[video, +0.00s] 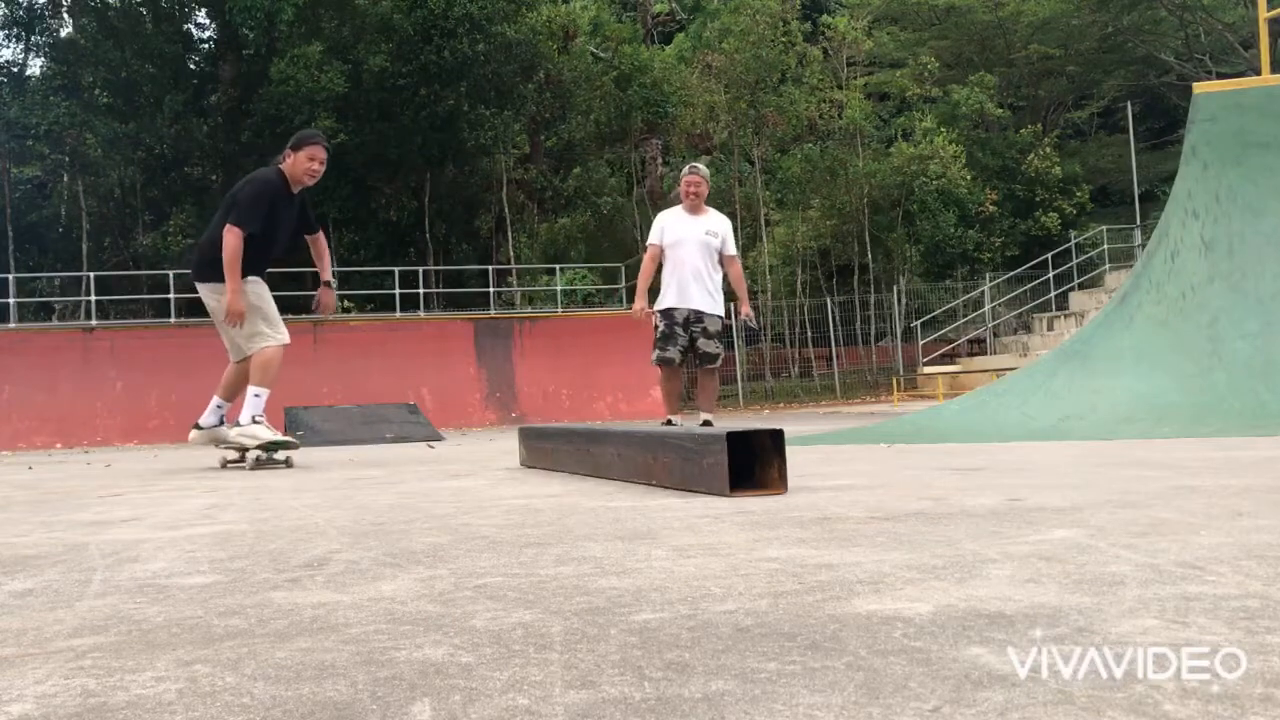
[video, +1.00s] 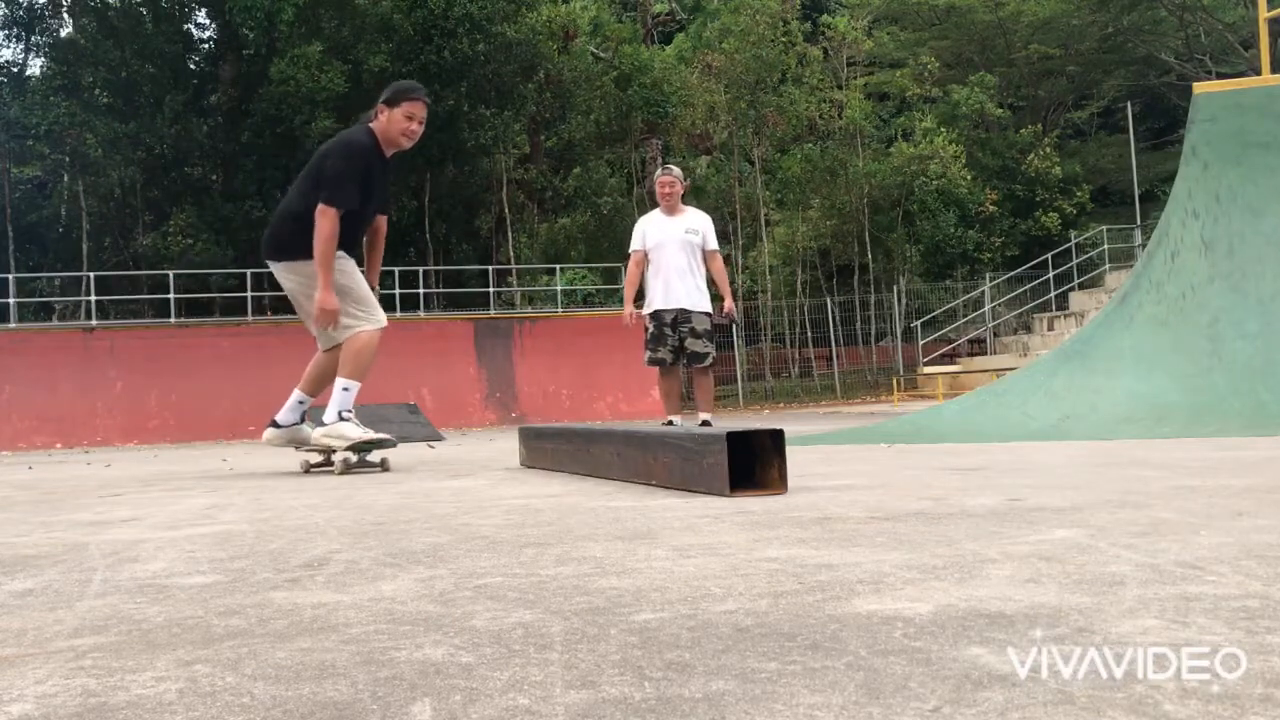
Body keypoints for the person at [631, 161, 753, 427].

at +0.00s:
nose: (692, 190)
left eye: (698, 185)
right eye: (687, 185)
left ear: (707, 189)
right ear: (680, 187)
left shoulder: (721, 222)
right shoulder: (664, 218)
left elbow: (732, 263)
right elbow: (651, 258)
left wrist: (744, 301)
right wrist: (640, 296)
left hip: (708, 306)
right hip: (671, 304)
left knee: (708, 365)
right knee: (669, 364)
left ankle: (706, 419)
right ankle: (672, 419)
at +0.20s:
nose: (685, 190)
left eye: (691, 185)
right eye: (680, 185)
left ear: (701, 188)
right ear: (674, 188)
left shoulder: (717, 220)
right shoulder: (660, 219)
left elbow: (727, 262)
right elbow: (649, 260)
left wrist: (735, 300)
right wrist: (643, 299)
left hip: (706, 306)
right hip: (668, 305)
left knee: (707, 366)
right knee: (670, 367)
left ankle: (706, 420)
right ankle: (673, 421)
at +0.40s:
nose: (679, 189)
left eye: (684, 184)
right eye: (674, 184)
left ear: (695, 187)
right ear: (668, 188)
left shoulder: (712, 220)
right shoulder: (655, 220)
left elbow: (723, 259)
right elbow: (645, 262)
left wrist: (725, 295)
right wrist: (646, 301)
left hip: (703, 307)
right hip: (666, 306)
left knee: (705, 366)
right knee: (670, 367)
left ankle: (706, 418)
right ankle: (673, 420)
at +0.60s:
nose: (673, 189)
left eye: (678, 183)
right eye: (668, 184)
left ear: (689, 186)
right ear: (662, 188)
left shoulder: (708, 219)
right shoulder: (651, 221)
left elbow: (718, 259)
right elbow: (642, 264)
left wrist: (717, 291)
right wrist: (643, 303)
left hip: (699, 306)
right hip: (663, 307)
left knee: (704, 365)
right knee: (669, 366)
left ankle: (705, 418)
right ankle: (673, 420)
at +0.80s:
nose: (669, 189)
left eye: (674, 184)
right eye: (664, 185)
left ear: (684, 187)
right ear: (658, 189)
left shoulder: (704, 219)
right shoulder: (647, 222)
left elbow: (715, 259)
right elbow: (639, 263)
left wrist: (721, 295)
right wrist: (633, 301)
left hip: (697, 305)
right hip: (661, 306)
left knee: (702, 365)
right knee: (668, 366)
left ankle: (705, 419)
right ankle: (673, 420)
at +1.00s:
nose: (666, 190)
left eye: (671, 185)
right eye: (661, 186)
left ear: (683, 187)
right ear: (655, 190)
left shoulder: (701, 219)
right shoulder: (644, 223)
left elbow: (714, 259)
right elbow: (636, 264)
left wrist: (727, 297)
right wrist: (628, 303)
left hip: (696, 305)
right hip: (660, 307)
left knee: (701, 365)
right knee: (667, 366)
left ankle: (705, 419)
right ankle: (673, 421)